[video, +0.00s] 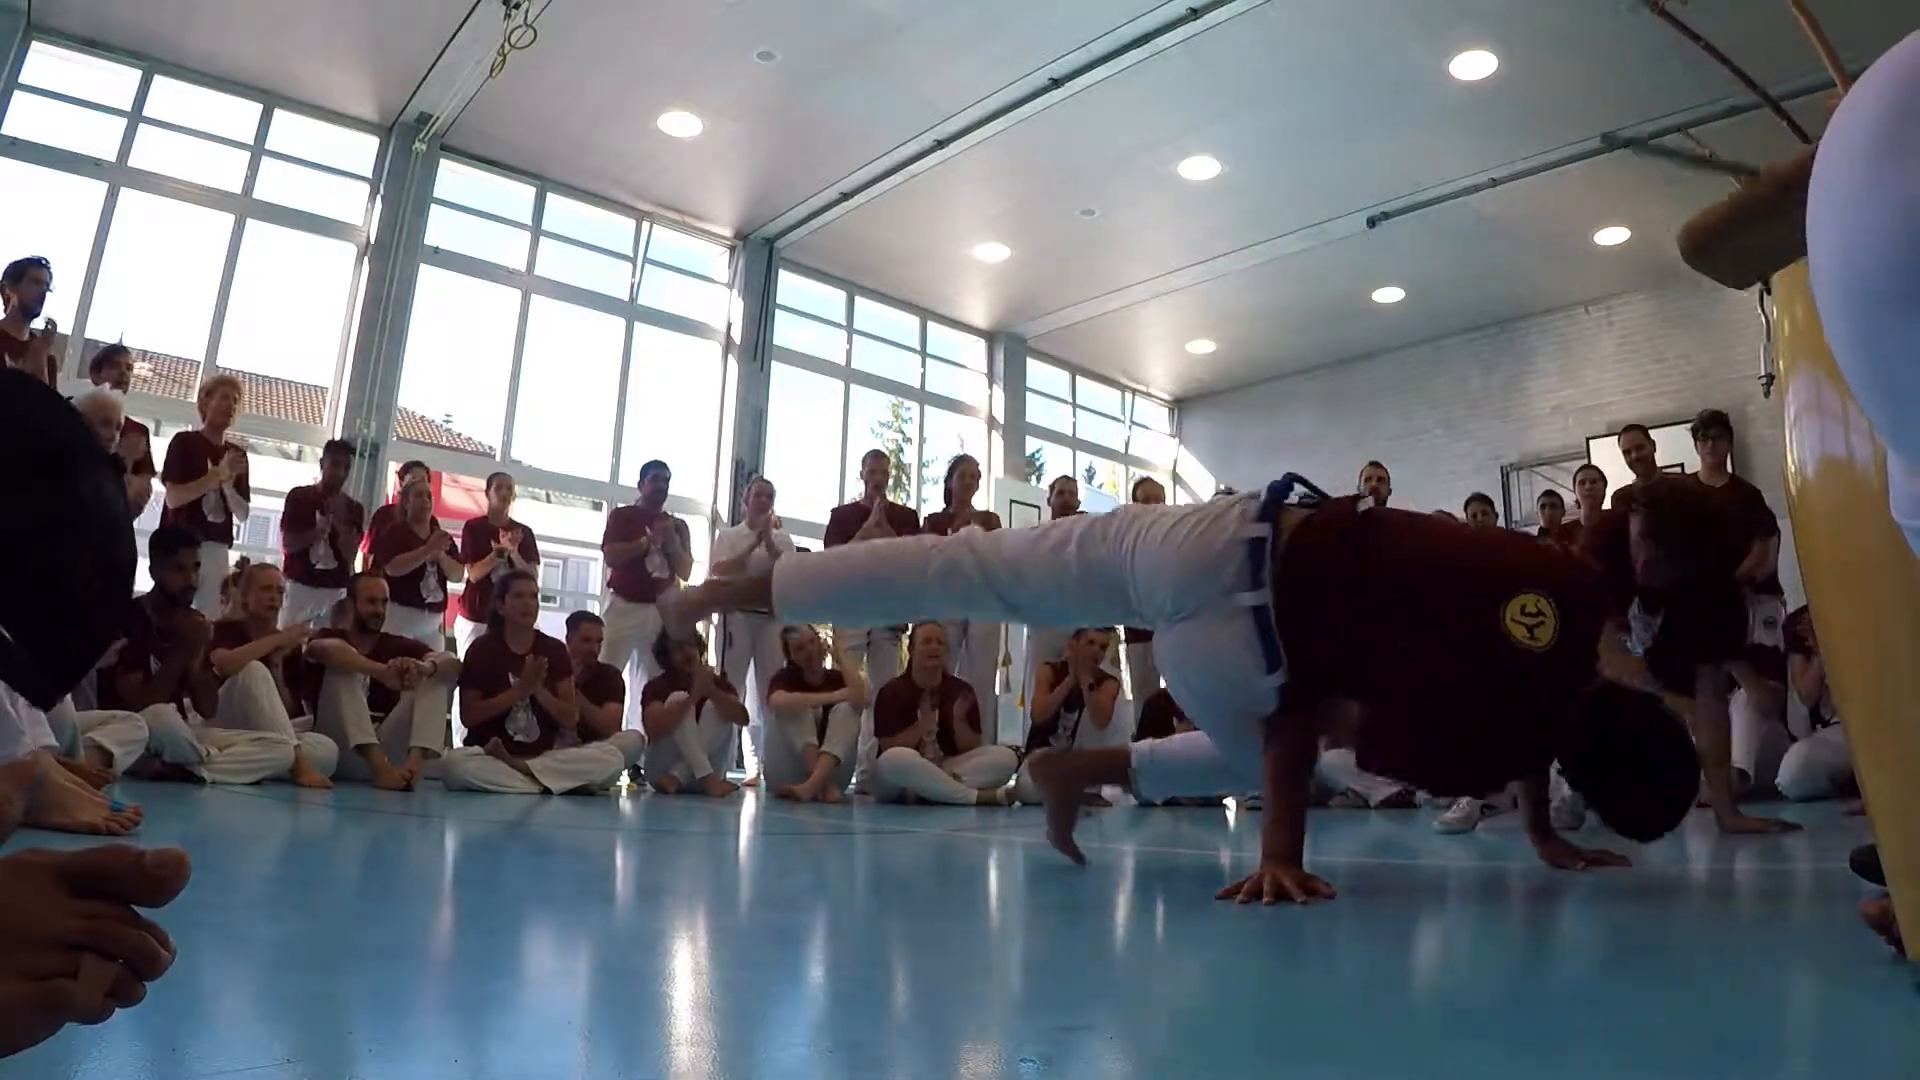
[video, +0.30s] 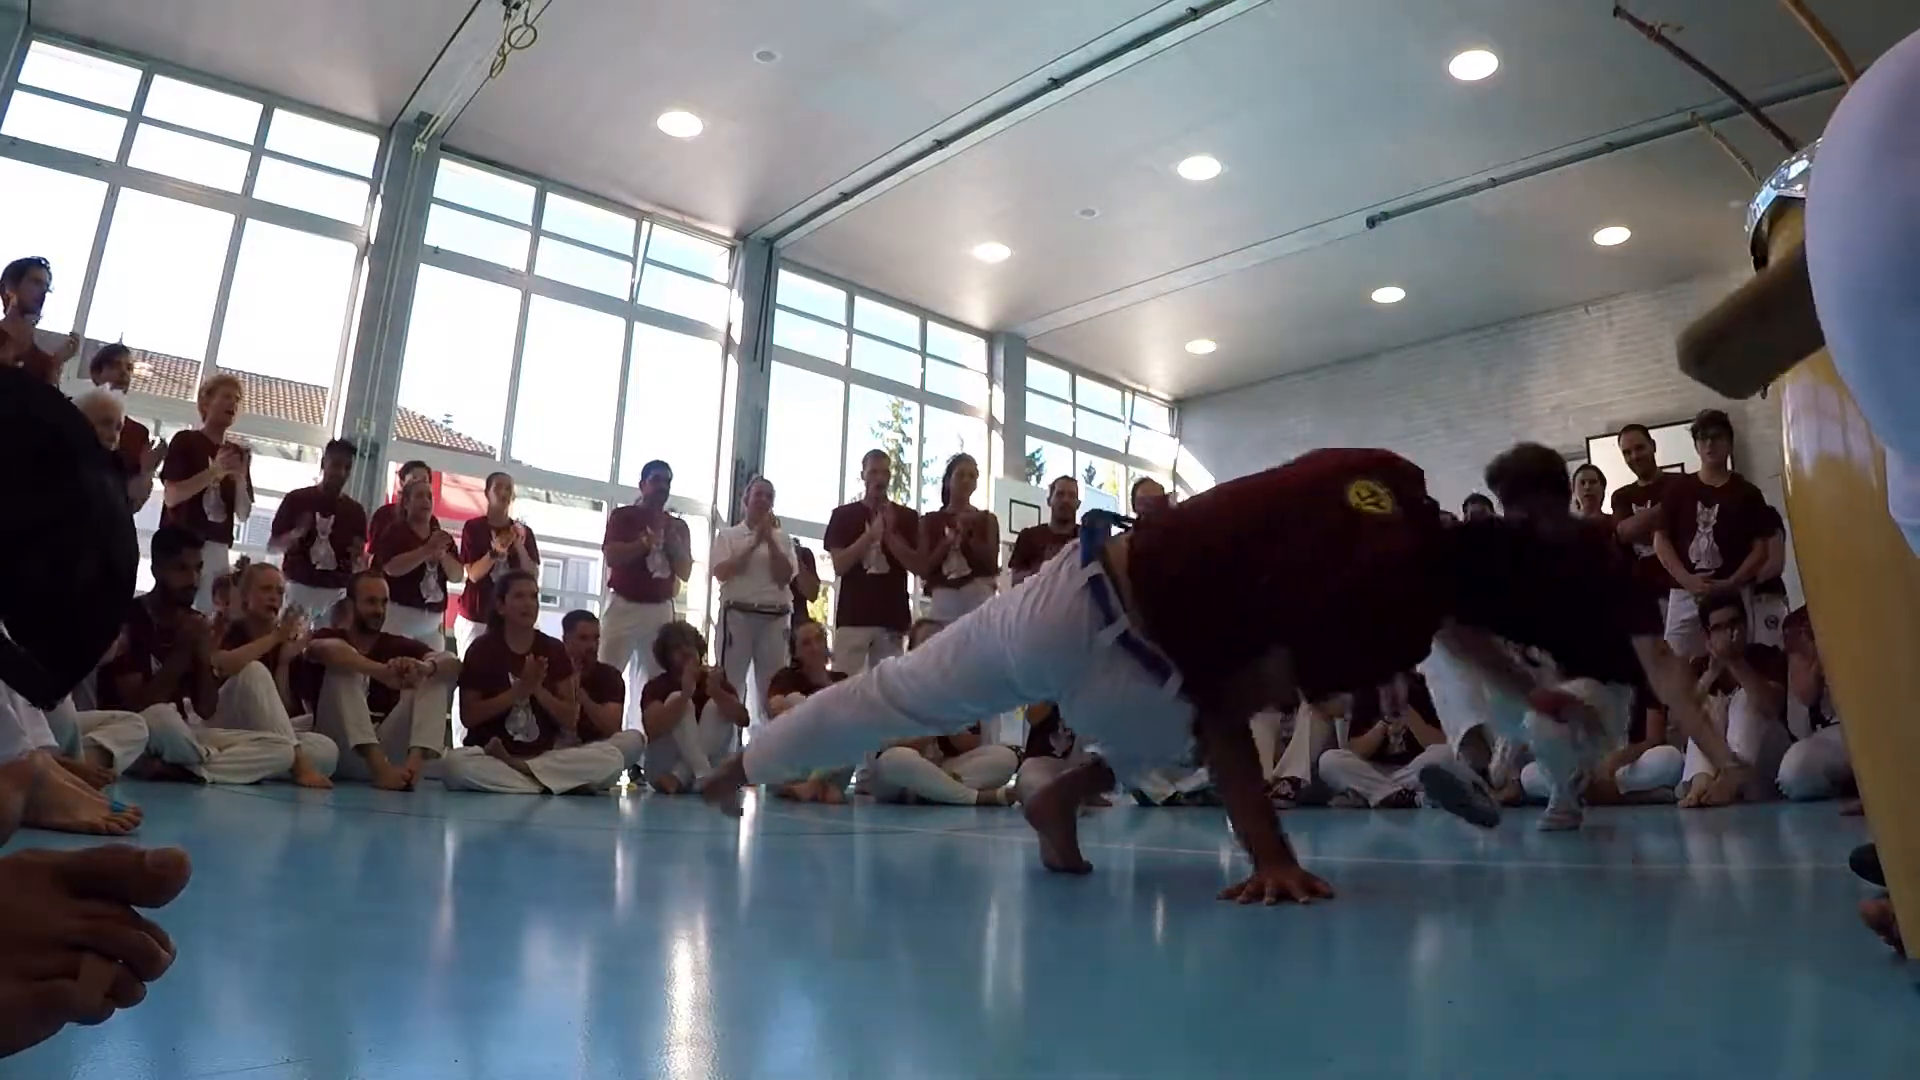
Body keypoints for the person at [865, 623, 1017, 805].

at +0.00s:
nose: (934, 647)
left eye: (939, 643)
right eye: (926, 642)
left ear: (946, 651)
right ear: (911, 650)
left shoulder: (962, 690)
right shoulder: (891, 692)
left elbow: (971, 749)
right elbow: (886, 748)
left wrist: (959, 723)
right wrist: (920, 727)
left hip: (950, 768)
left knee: (1006, 758)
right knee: (895, 759)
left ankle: (932, 793)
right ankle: (974, 797)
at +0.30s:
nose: (933, 652)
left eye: (938, 645)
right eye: (926, 645)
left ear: (948, 649)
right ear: (913, 650)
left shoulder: (962, 685)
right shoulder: (897, 686)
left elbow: (975, 744)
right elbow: (881, 743)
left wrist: (945, 727)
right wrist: (922, 743)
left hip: (952, 766)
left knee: (1006, 757)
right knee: (896, 760)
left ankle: (928, 791)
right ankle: (976, 797)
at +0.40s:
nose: (935, 649)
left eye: (941, 643)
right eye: (927, 643)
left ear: (950, 647)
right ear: (912, 651)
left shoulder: (965, 684)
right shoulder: (895, 689)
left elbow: (982, 741)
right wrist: (920, 754)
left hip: (958, 761)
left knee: (1007, 757)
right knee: (889, 757)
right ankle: (973, 797)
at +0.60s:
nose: (924, 655)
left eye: (930, 648)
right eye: (919, 648)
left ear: (942, 652)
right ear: (910, 651)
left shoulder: (956, 688)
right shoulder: (891, 693)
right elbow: (881, 747)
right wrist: (918, 737)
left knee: (1007, 758)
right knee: (897, 759)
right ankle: (988, 796)